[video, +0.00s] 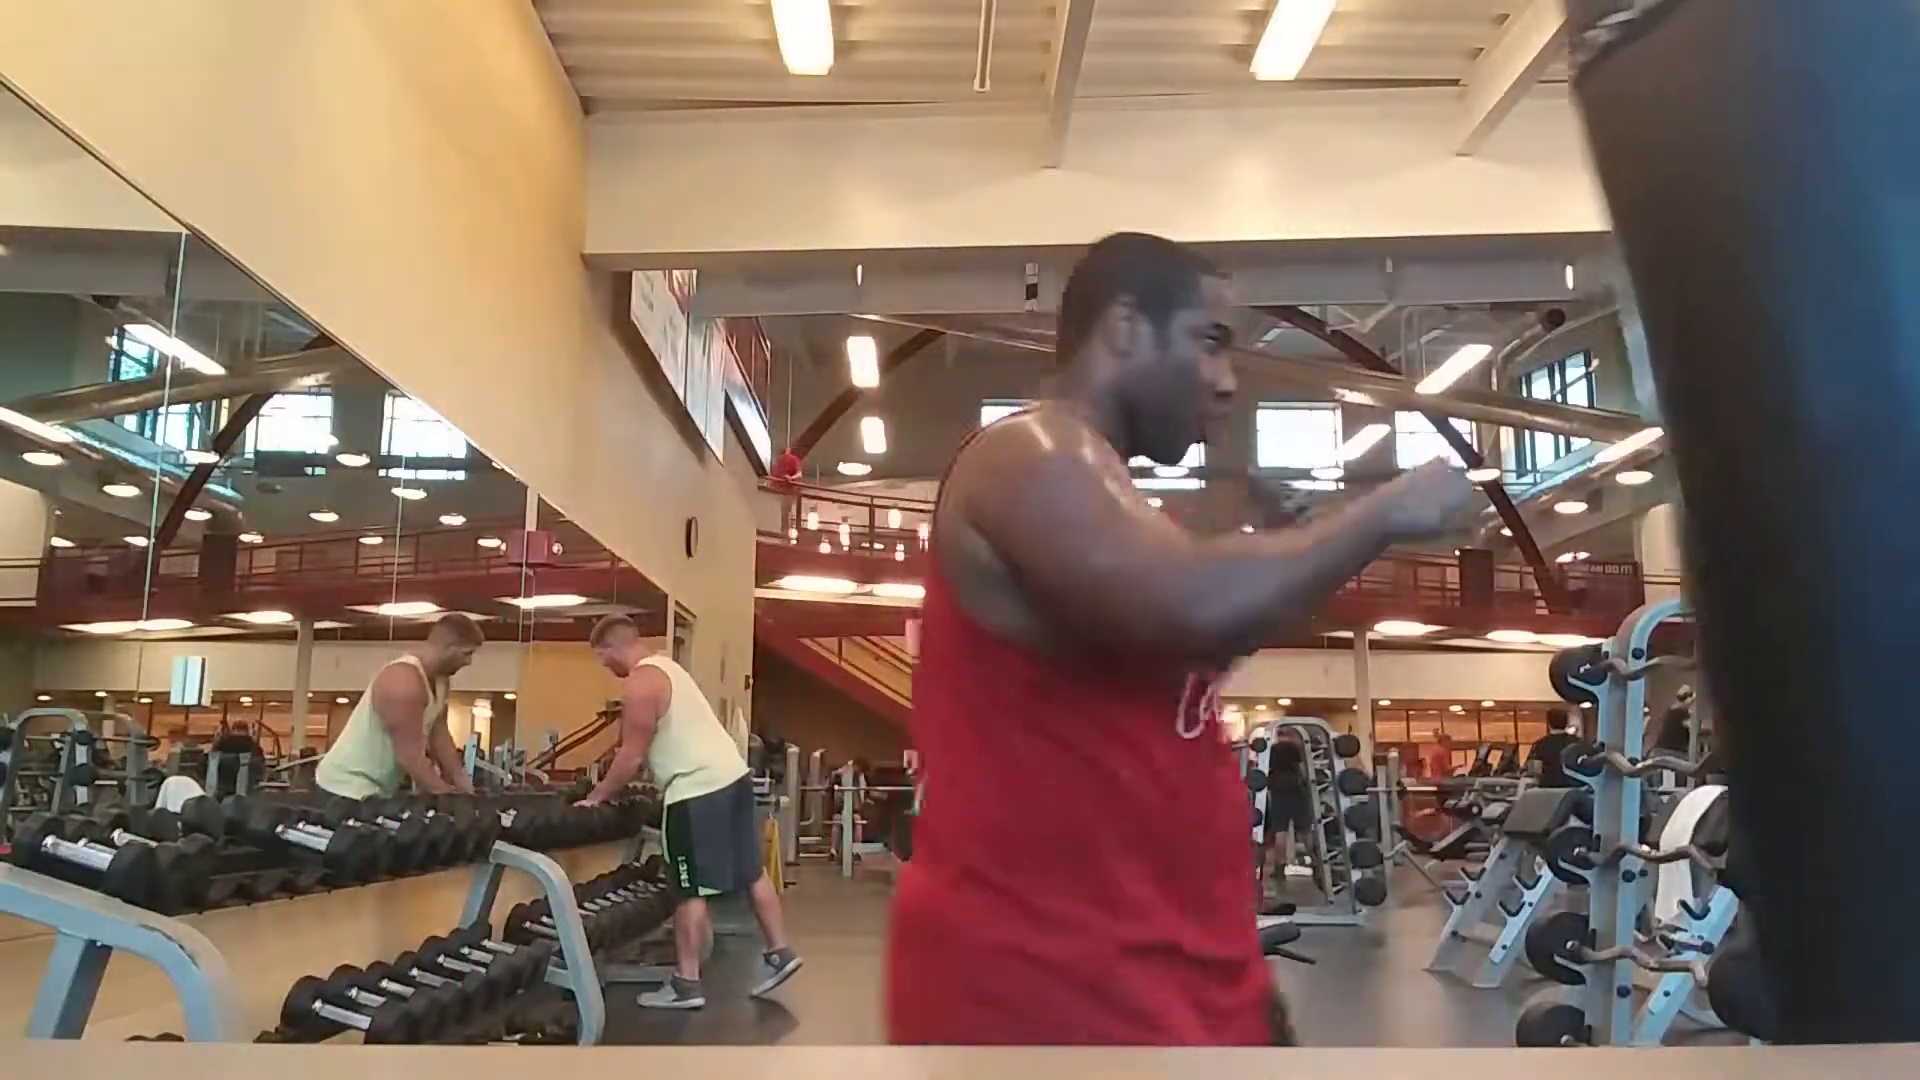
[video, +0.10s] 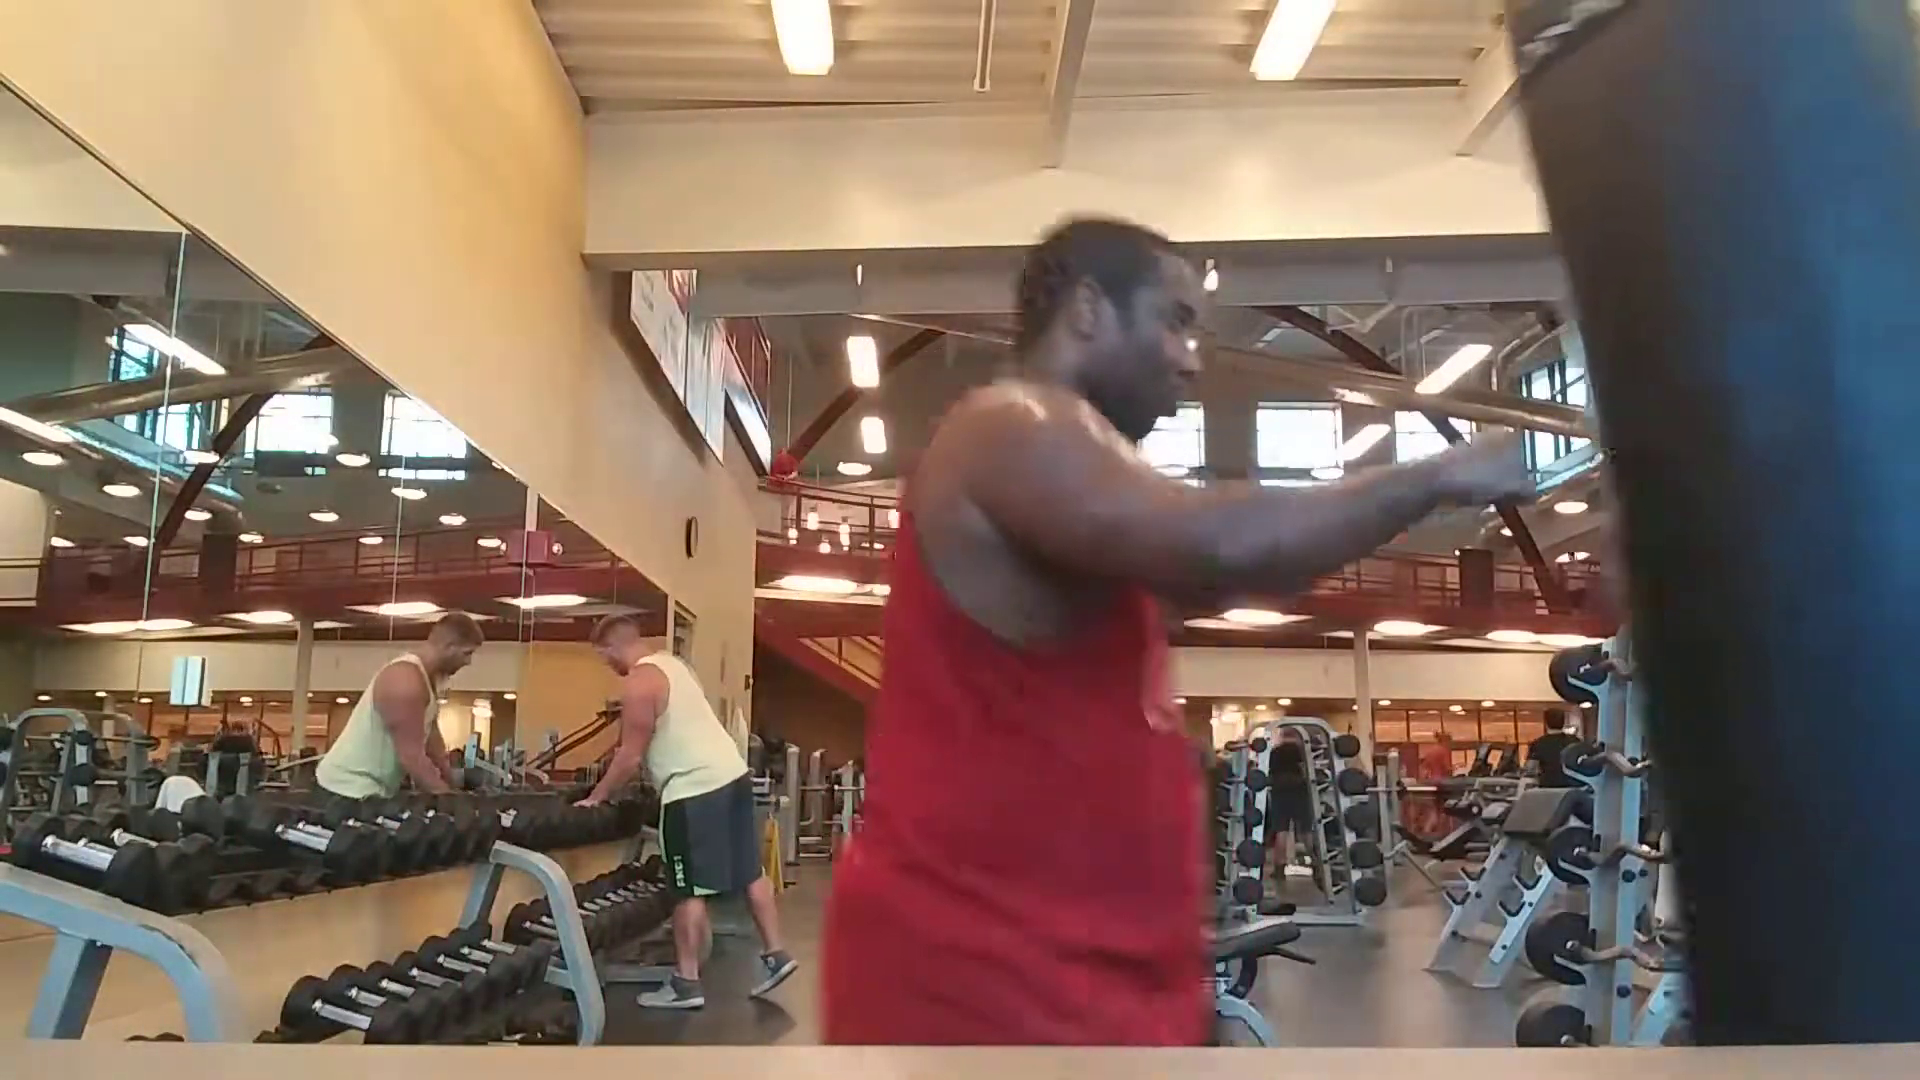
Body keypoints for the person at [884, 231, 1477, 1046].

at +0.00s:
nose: (1227, 381)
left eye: (1227, 350)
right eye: (1210, 341)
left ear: (1131, 336)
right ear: (1124, 330)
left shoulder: (1109, 488)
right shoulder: (1030, 456)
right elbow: (1184, 606)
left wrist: (1342, 513)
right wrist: (1379, 515)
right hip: (1062, 990)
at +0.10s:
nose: (1192, 358)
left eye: (1193, 330)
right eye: (1175, 321)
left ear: (1086, 319)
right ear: (1087, 311)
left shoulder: (1074, 450)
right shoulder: (1011, 427)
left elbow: (1219, 576)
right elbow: (1200, 554)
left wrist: (1347, 491)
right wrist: (1433, 481)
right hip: (996, 968)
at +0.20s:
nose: (1163, 312)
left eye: (1160, 282)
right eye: (1144, 275)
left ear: (1047, 268)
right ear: (1052, 263)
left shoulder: (968, 387)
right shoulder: (982, 373)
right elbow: (1203, 502)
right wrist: (1466, 476)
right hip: (931, 946)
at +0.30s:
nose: (1116, 279)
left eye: (1114, 246)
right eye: (1096, 237)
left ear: (998, 236)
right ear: (1003, 228)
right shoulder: (928, 344)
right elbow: (1159, 478)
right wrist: (1413, 489)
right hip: (865, 928)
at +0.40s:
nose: (1036, 294)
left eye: (1037, 265)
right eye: (1024, 256)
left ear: (928, 244)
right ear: (934, 240)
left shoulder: (888, 385)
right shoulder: (857, 354)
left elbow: (970, 600)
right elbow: (1125, 460)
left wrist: (1062, 496)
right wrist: (1378, 480)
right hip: (780, 926)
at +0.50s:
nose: (957, 341)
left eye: (961, 314)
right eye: (943, 306)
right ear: (855, 282)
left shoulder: (814, 442)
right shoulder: (777, 390)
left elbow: (926, 608)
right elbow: (1060, 467)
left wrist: (1013, 493)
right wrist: (1294, 467)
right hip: (703, 956)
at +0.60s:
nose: (901, 374)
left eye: (906, 349)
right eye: (887, 344)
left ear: (796, 327)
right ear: (806, 327)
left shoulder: (709, 436)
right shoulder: (729, 422)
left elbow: (809, 665)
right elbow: (903, 561)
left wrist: (918, 522)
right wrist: (1138, 521)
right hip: (660, 929)